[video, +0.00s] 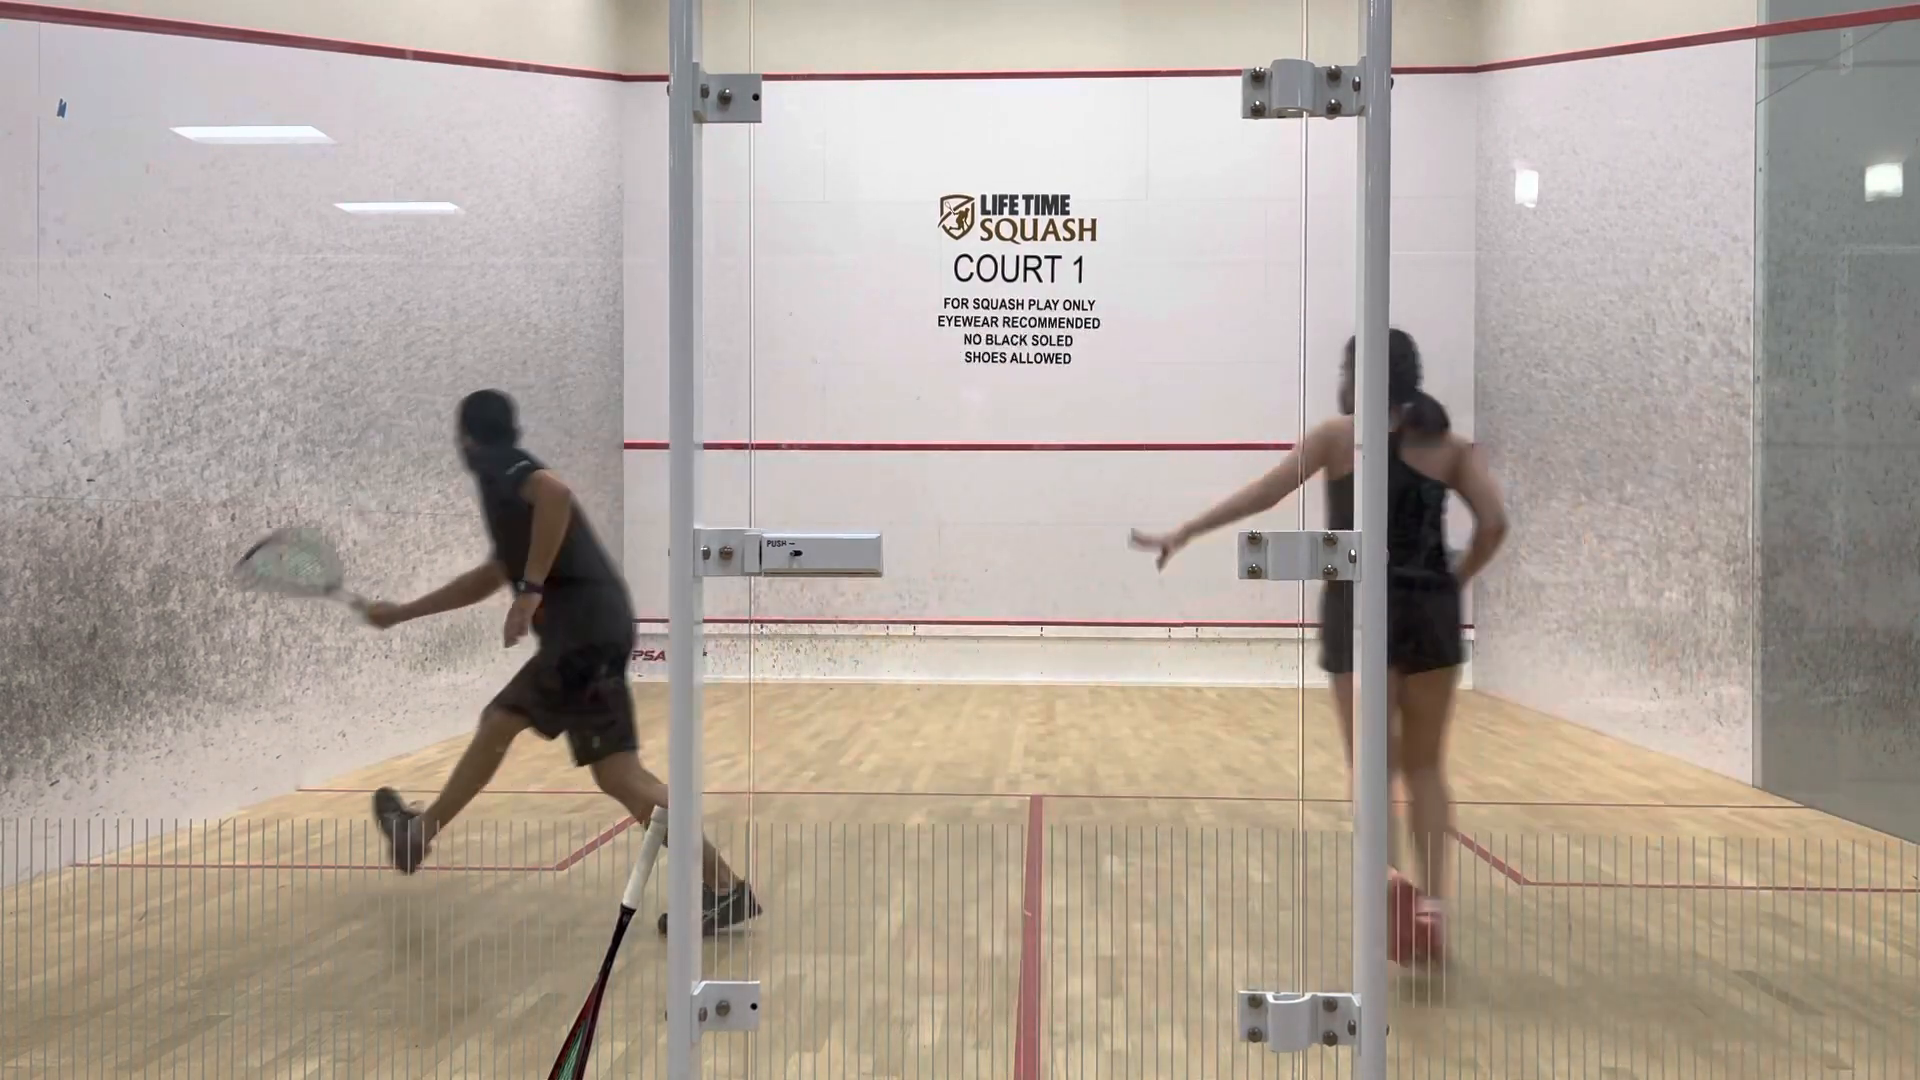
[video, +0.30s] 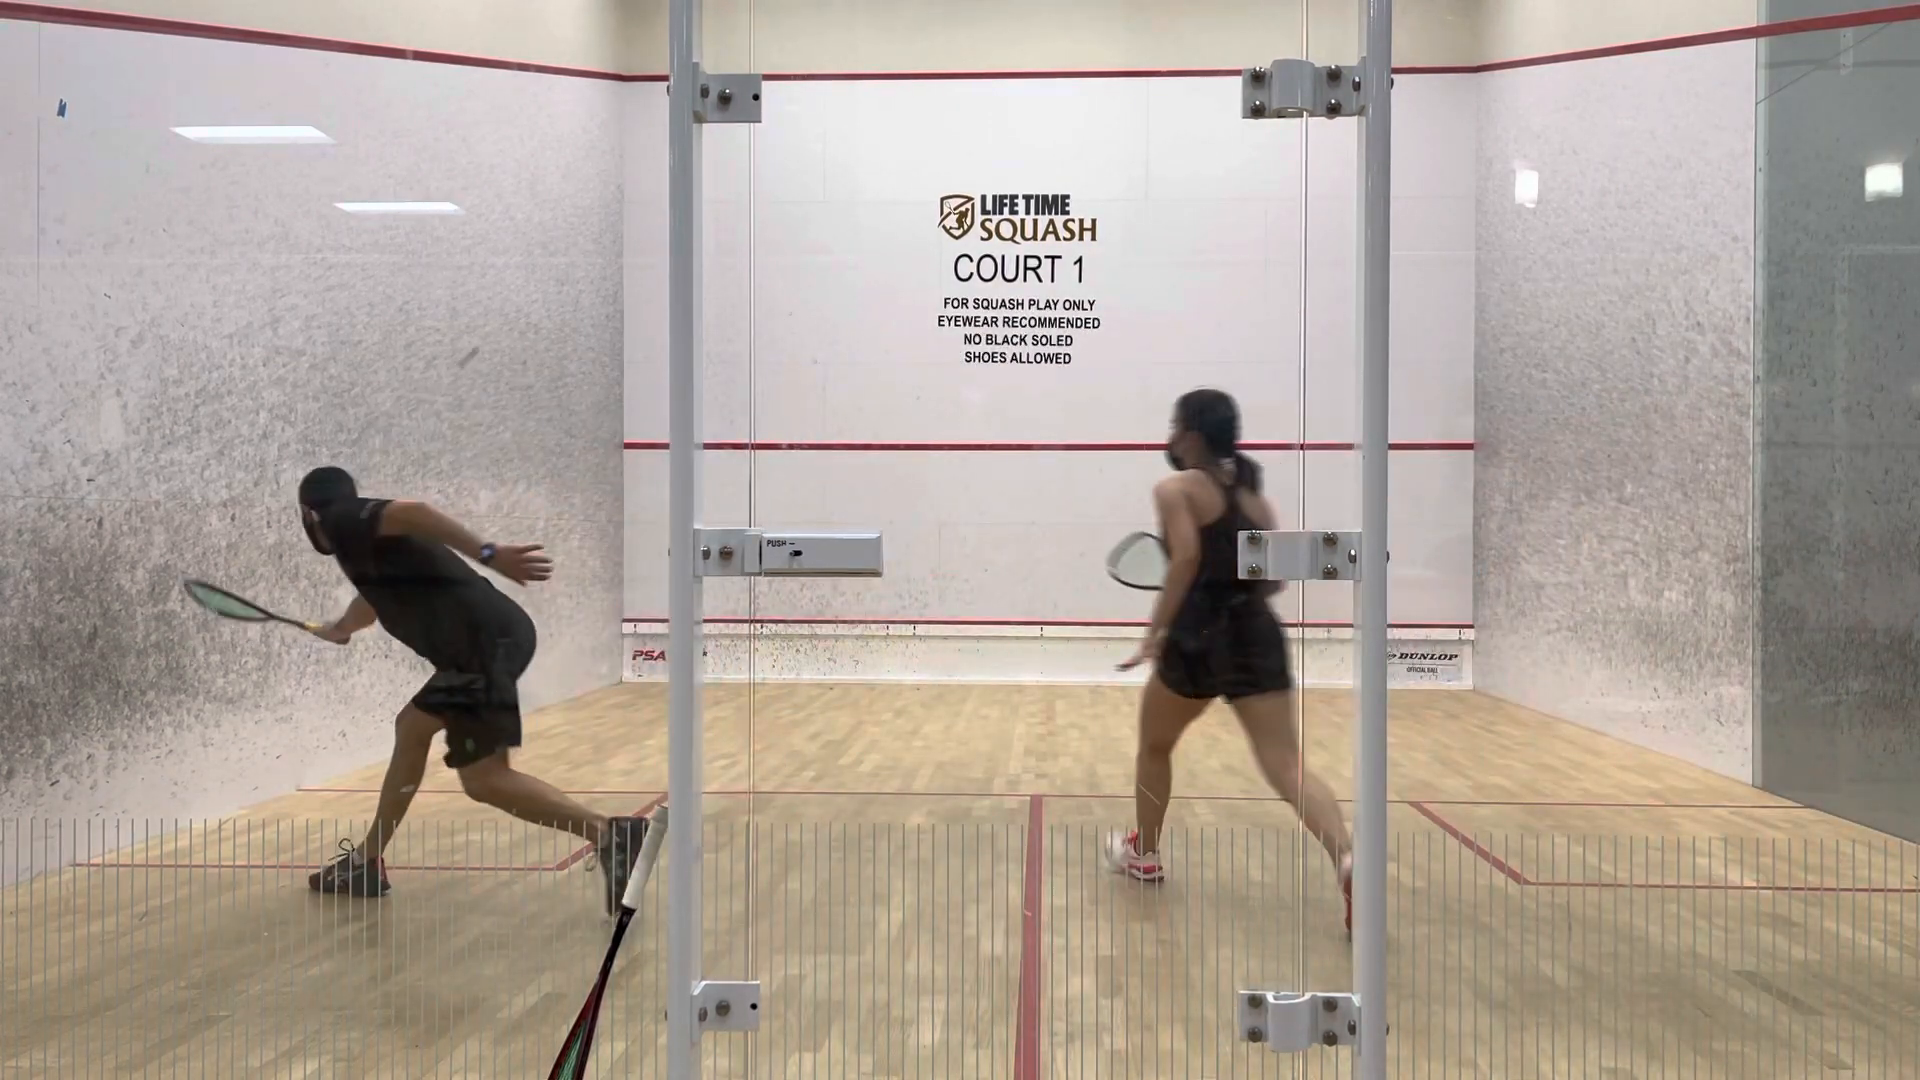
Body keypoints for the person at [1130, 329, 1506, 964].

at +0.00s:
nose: (1339, 379)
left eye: (1344, 368)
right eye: (1344, 367)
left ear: (1356, 374)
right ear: (1410, 373)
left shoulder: (1335, 435)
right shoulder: (1448, 443)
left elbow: (1264, 493)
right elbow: (1494, 521)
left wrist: (1185, 532)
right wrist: (1458, 577)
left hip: (1358, 614)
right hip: (1432, 613)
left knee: (1367, 764)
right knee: (1427, 764)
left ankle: (1388, 884)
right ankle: (1436, 900)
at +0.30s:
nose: (1168, 436)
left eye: (1175, 427)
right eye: (1172, 426)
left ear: (1192, 435)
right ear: (1224, 438)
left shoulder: (1174, 487)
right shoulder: (1250, 491)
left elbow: (1186, 559)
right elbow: (1279, 555)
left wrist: (1153, 635)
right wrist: (1245, 593)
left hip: (1199, 641)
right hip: (1258, 638)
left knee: (1155, 746)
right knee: (1287, 765)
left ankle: (1144, 852)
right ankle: (1346, 857)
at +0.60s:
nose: (1038, 421)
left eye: (1042, 413)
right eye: (1044, 413)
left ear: (1045, 419)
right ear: (1087, 422)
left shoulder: (1030, 470)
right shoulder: (1106, 480)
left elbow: (1013, 533)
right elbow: (1122, 547)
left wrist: (969, 539)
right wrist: (1075, 553)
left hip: (1053, 614)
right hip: (1100, 610)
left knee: (1045, 722)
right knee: (1077, 710)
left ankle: (1111, 797)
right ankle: (1090, 802)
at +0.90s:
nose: (907, 452)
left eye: (911, 446)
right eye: (911, 446)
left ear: (919, 453)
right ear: (949, 452)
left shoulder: (934, 502)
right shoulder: (949, 496)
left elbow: (878, 544)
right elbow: (884, 528)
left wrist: (818, 512)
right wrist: (841, 500)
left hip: (943, 630)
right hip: (964, 626)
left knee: (872, 700)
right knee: (959, 716)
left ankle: (851, 791)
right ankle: (1032, 787)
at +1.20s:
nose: (787, 452)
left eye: (790, 446)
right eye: (789, 446)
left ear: (802, 451)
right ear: (819, 452)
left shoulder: (817, 495)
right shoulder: (807, 485)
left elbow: (758, 520)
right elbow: (761, 500)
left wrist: (711, 497)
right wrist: (760, 453)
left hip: (844, 612)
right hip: (825, 610)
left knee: (794, 701)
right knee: (771, 685)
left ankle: (841, 792)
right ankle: (742, 765)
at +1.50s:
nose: (709, 482)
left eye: (713, 475)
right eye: (711, 475)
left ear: (724, 480)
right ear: (747, 480)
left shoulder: (720, 518)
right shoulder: (756, 517)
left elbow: (690, 561)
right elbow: (707, 562)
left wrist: (661, 586)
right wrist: (669, 585)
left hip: (732, 629)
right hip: (757, 626)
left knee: (706, 736)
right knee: (698, 709)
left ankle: (783, 763)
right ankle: (676, 778)